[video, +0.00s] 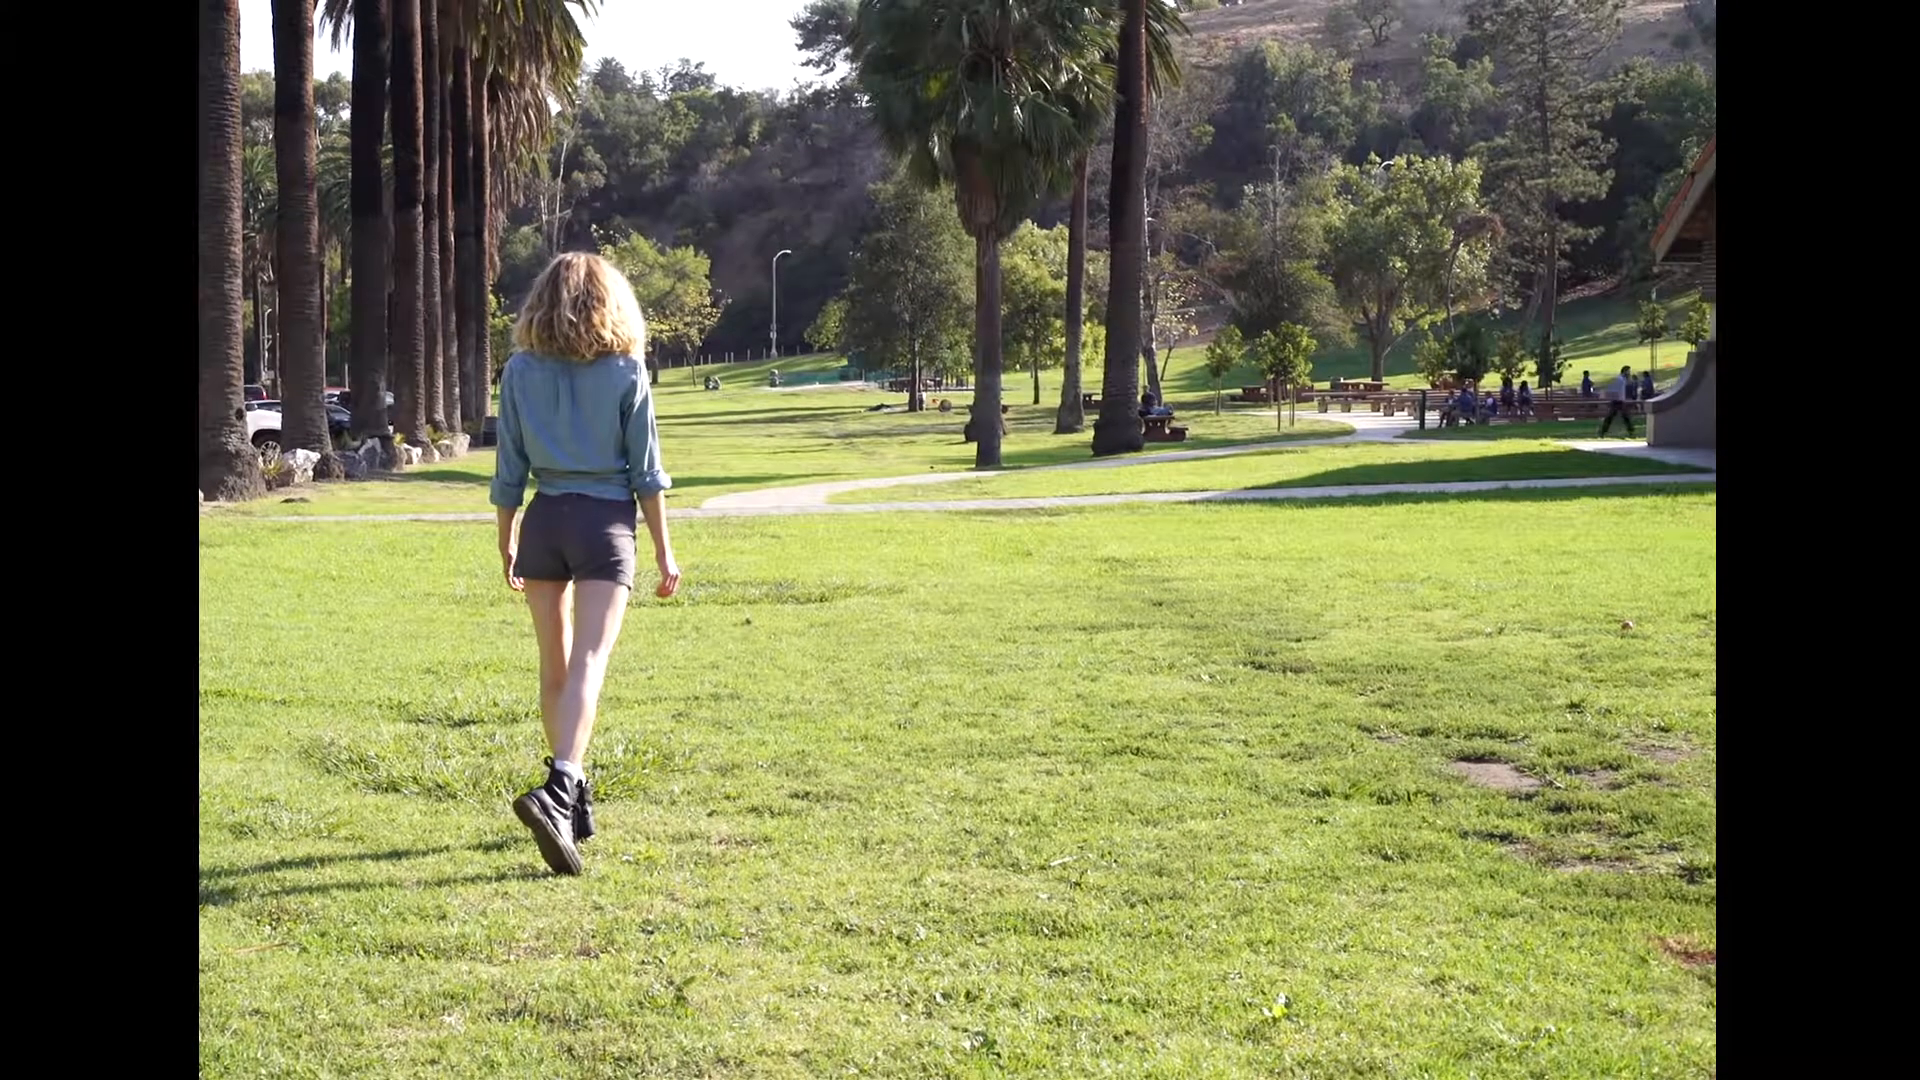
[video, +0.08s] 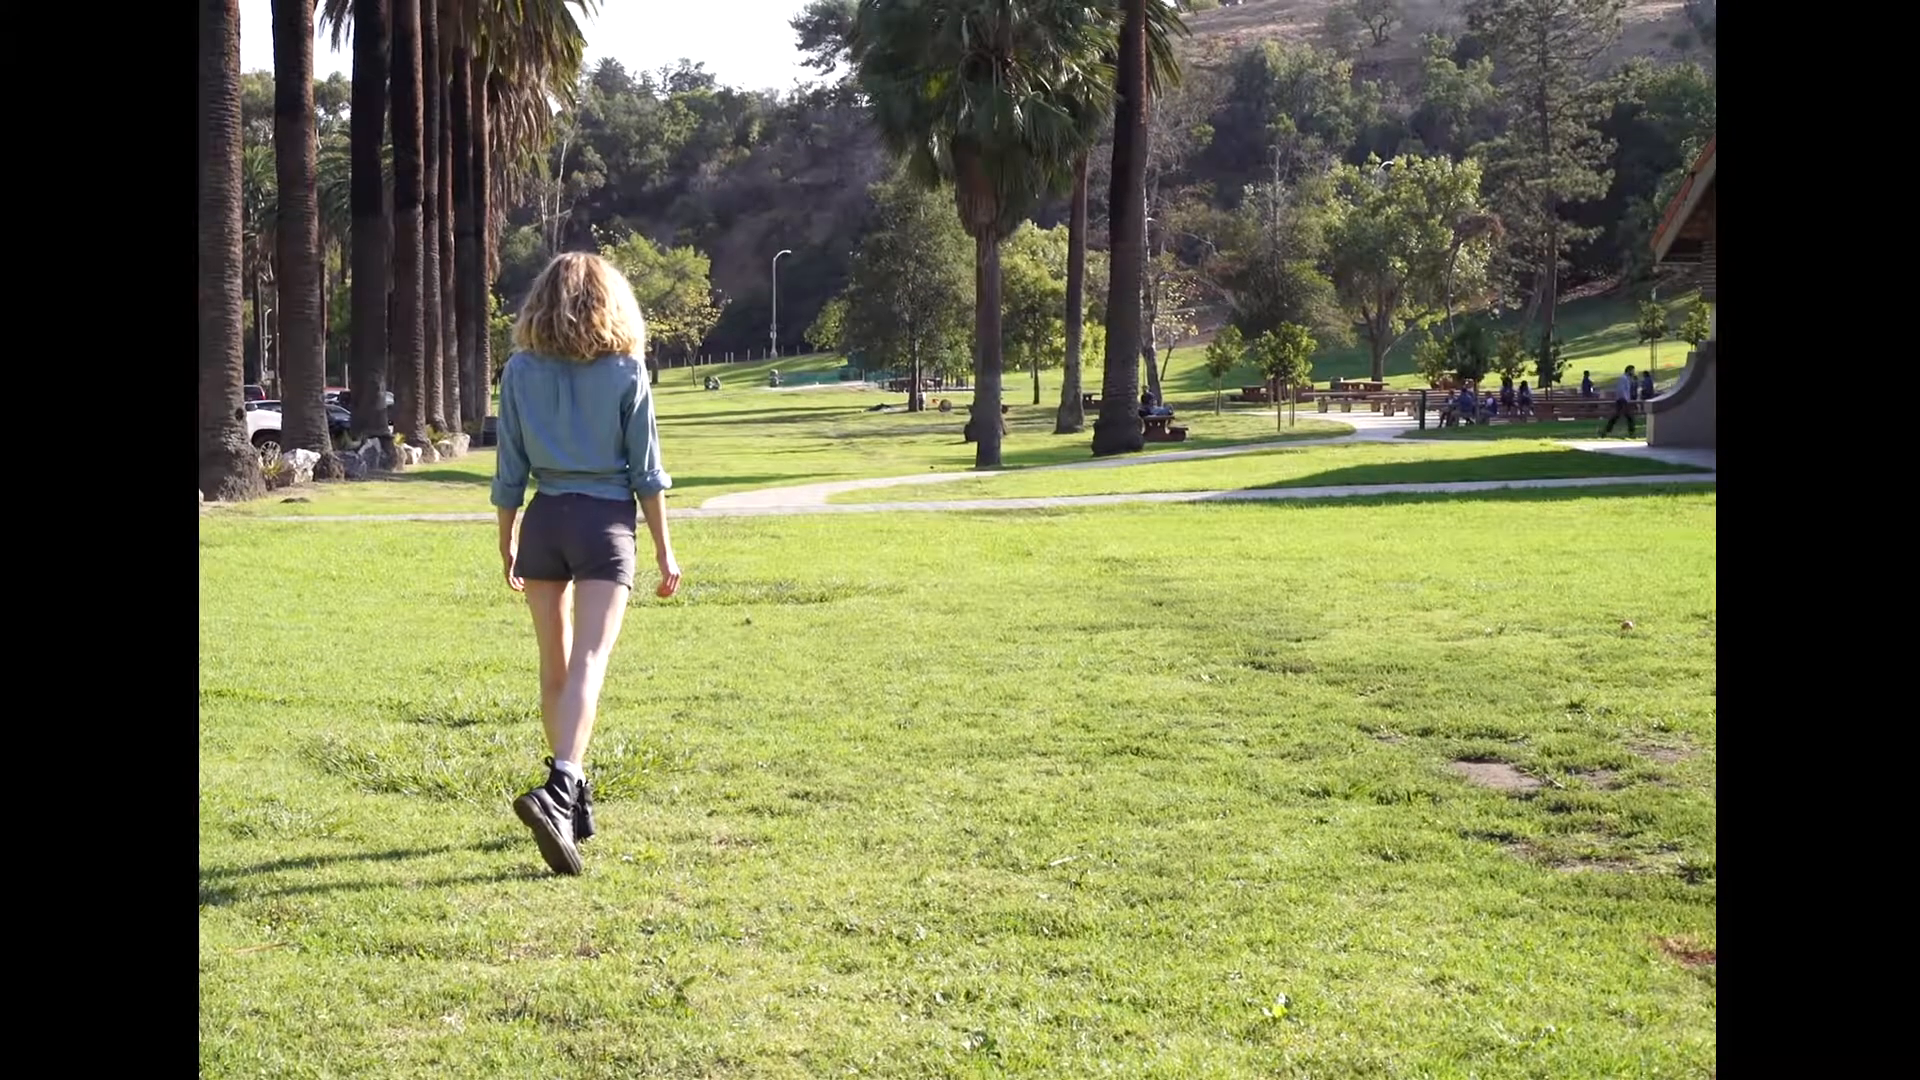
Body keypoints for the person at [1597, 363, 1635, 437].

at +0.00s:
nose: (1629, 373)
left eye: (1629, 371)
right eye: (1628, 371)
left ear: (1623, 371)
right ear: (1625, 371)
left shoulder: (1622, 380)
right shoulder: (1621, 380)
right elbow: (1620, 391)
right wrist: (1622, 399)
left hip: (1617, 400)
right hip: (1619, 400)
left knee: (1610, 416)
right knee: (1625, 416)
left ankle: (1602, 432)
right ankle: (1631, 432)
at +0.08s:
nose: (1633, 372)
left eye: (1633, 371)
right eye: (1632, 370)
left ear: (1628, 370)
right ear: (1629, 371)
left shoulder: (1628, 379)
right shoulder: (1624, 379)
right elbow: (1622, 390)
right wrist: (1626, 399)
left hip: (1625, 400)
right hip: (1622, 400)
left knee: (1616, 416)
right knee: (1630, 416)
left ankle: (1605, 431)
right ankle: (1631, 433)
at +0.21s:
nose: (1637, 371)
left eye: (1637, 369)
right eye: (1636, 369)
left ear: (1632, 369)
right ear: (1633, 369)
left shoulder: (1629, 376)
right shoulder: (1629, 377)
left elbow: (1620, 385)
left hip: (1627, 399)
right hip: (1627, 399)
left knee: (1627, 415)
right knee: (1630, 416)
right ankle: (1632, 433)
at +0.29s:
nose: (1639, 370)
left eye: (1639, 368)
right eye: (1639, 368)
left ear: (1633, 367)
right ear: (1637, 368)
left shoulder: (1629, 375)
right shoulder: (1634, 376)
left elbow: (1626, 386)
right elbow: (1632, 387)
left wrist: (1627, 395)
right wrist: (1630, 396)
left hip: (1627, 398)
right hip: (1631, 399)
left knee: (1630, 417)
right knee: (1632, 417)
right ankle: (1632, 433)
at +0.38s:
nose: (1641, 369)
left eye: (1641, 368)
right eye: (1640, 368)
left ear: (1635, 368)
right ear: (1638, 368)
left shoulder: (1630, 375)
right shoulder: (1634, 376)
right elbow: (1634, 390)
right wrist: (1639, 399)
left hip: (1629, 397)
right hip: (1633, 398)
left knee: (1634, 414)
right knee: (1635, 414)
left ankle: (1631, 430)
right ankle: (1632, 432)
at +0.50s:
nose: (1645, 369)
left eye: (1645, 367)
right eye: (1644, 367)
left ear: (1638, 368)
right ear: (1641, 368)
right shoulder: (1637, 376)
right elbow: (1637, 389)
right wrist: (1641, 397)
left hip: (1632, 398)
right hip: (1636, 398)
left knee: (1634, 415)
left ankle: (1633, 430)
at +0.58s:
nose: (1647, 369)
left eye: (1646, 367)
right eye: (1646, 367)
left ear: (1640, 368)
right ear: (1643, 368)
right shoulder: (1641, 376)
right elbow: (1639, 388)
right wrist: (1642, 396)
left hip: (1633, 397)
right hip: (1638, 397)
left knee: (1635, 414)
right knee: (1636, 414)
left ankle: (1632, 431)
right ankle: (1633, 431)